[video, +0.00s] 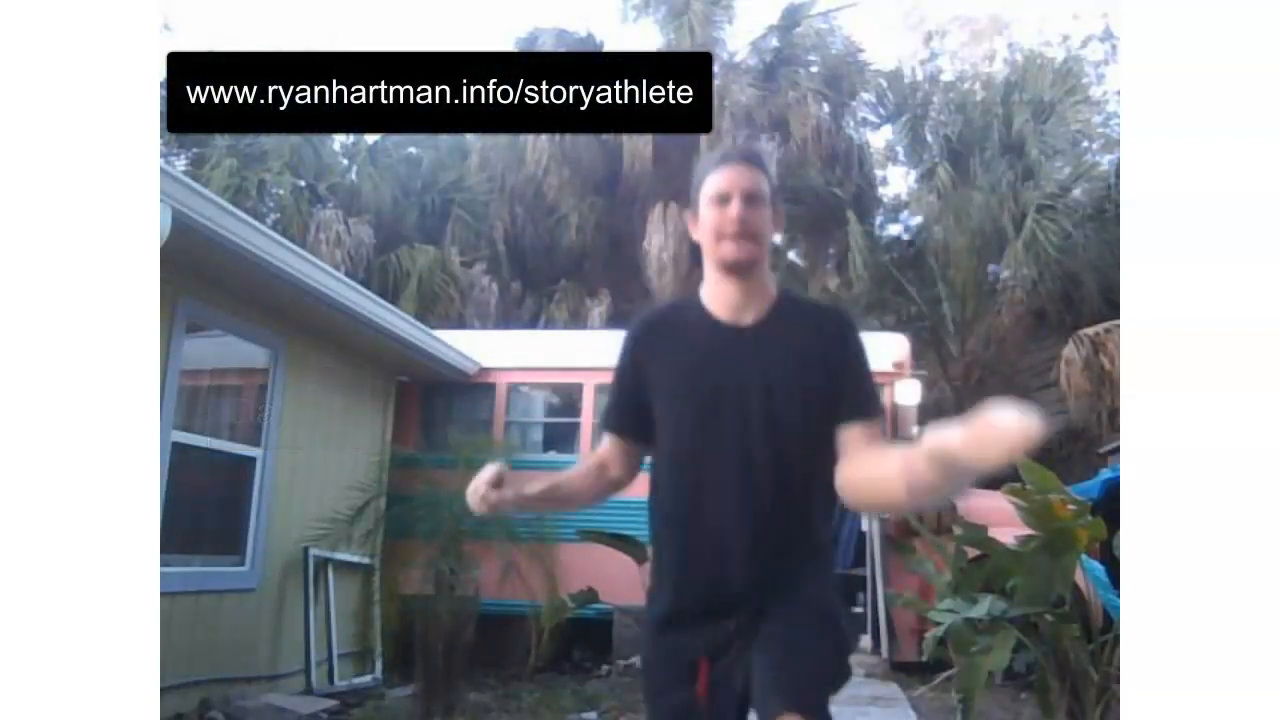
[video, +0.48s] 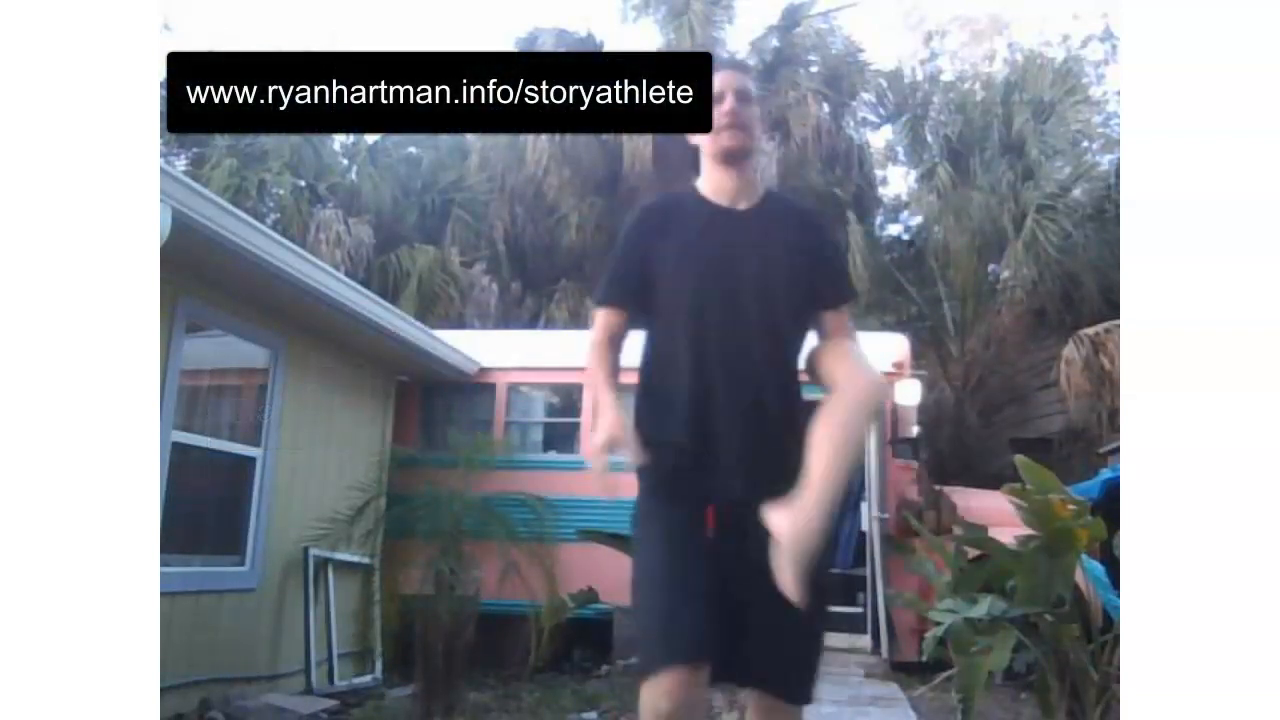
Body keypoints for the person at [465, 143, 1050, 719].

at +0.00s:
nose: (738, 215)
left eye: (753, 201)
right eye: (721, 201)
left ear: (776, 220)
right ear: (693, 223)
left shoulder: (825, 332)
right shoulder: (655, 337)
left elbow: (858, 474)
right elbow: (610, 466)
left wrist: (941, 459)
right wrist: (529, 491)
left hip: (794, 608)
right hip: (683, 616)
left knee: (788, 708)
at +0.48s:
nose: (730, 111)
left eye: (742, 98)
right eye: (714, 100)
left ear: (762, 118)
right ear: (692, 125)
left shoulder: (805, 228)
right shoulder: (657, 222)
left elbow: (837, 341)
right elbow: (604, 336)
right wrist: (606, 407)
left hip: (777, 480)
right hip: (675, 480)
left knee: (776, 693)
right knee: (676, 678)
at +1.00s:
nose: (754, 133)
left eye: (771, 121)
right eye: (739, 121)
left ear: (795, 149)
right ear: (712, 149)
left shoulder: (834, 264)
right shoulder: (666, 246)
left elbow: (864, 397)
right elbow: (579, 354)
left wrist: (914, 455)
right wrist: (477, 368)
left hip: (794, 526)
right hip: (683, 510)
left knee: (788, 711)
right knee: (700, 687)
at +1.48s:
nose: (750, 237)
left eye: (767, 223)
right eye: (733, 223)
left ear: (792, 244)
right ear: (707, 247)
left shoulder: (851, 359)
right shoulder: (666, 363)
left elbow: (895, 501)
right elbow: (562, 465)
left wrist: (949, 561)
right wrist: (452, 482)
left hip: (802, 620)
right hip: (689, 605)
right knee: (731, 694)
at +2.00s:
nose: (768, 138)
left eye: (787, 125)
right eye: (752, 124)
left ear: (814, 151)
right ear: (725, 148)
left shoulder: (854, 262)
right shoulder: (674, 261)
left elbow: (897, 386)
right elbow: (601, 370)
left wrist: (949, 365)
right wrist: (492, 392)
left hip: (817, 542)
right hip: (700, 544)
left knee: (837, 699)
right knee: (688, 711)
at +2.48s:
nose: (724, 22)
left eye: (742, 10)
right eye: (706, 10)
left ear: (769, 37)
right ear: (681, 38)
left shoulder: (821, 156)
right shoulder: (639, 159)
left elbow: (868, 319)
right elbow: (605, 296)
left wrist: (771, 397)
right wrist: (550, 394)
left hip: (785, 477)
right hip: (660, 471)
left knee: (771, 704)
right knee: (647, 697)